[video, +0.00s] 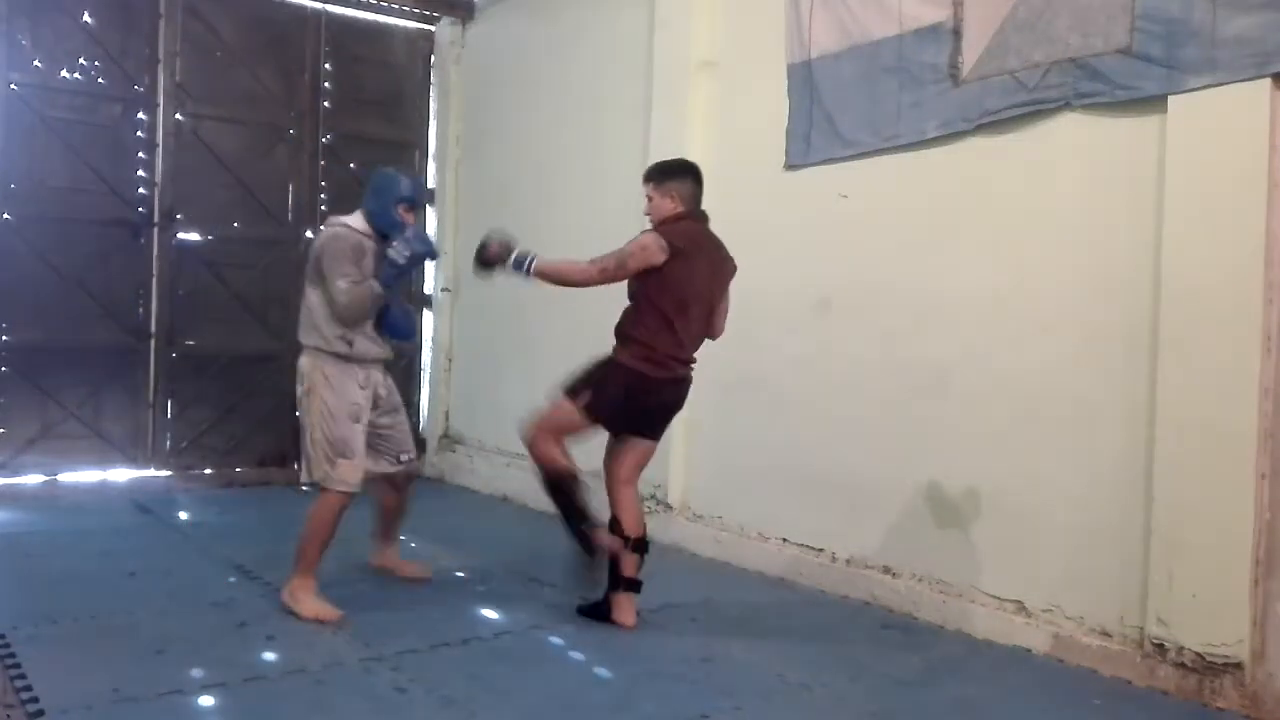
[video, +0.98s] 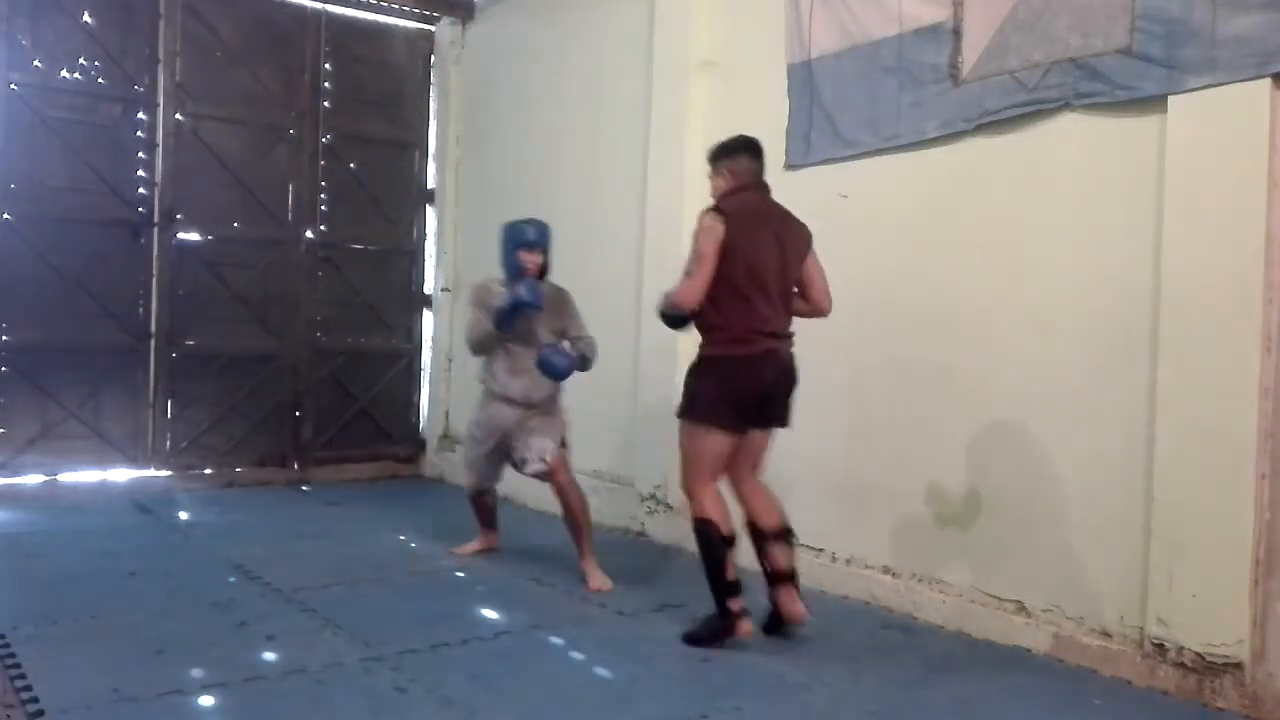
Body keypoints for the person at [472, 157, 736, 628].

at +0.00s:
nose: (647, 206)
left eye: (651, 198)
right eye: (648, 198)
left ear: (672, 198)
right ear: (692, 199)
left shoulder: (661, 239)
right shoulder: (719, 254)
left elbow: (593, 272)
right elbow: (714, 328)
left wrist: (519, 260)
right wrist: (665, 300)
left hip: (630, 372)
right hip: (671, 383)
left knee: (542, 434)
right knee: (624, 477)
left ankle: (589, 535)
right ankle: (623, 601)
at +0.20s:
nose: (663, 204)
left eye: (667, 197)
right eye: (664, 196)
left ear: (687, 199)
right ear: (709, 202)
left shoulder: (665, 239)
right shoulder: (735, 265)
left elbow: (623, 294)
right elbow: (703, 330)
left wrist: (565, 346)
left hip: (605, 346)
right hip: (650, 381)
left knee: (513, 324)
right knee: (617, 479)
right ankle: (618, 600)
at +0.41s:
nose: (672, 205)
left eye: (677, 198)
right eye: (674, 197)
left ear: (696, 200)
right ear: (717, 203)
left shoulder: (678, 238)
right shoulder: (736, 263)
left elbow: (650, 301)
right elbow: (725, 343)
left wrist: (599, 363)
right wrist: (668, 317)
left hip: (621, 351)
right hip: (661, 381)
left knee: (514, 355)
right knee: (622, 479)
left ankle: (435, 392)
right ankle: (619, 602)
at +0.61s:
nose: (686, 201)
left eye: (690, 193)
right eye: (690, 193)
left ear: (701, 196)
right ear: (733, 200)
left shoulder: (680, 233)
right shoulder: (754, 260)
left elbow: (632, 292)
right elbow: (767, 340)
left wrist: (561, 322)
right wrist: (715, 338)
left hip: (648, 372)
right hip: (696, 387)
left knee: (579, 450)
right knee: (647, 481)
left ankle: (623, 553)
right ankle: (624, 603)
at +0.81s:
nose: (689, 197)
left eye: (691, 190)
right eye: (691, 189)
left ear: (701, 192)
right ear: (738, 194)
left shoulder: (689, 236)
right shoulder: (766, 244)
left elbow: (636, 300)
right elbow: (796, 317)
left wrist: (594, 298)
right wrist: (752, 326)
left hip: (699, 379)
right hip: (741, 381)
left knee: (690, 496)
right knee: (681, 483)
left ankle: (726, 614)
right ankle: (676, 592)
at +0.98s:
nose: (713, 185)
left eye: (715, 177)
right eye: (714, 177)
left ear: (726, 175)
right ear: (759, 173)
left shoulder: (718, 219)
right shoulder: (792, 225)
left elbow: (691, 296)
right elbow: (818, 304)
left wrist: (673, 305)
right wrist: (769, 297)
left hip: (723, 368)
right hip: (774, 367)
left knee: (700, 484)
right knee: (747, 476)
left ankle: (730, 611)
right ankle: (787, 599)